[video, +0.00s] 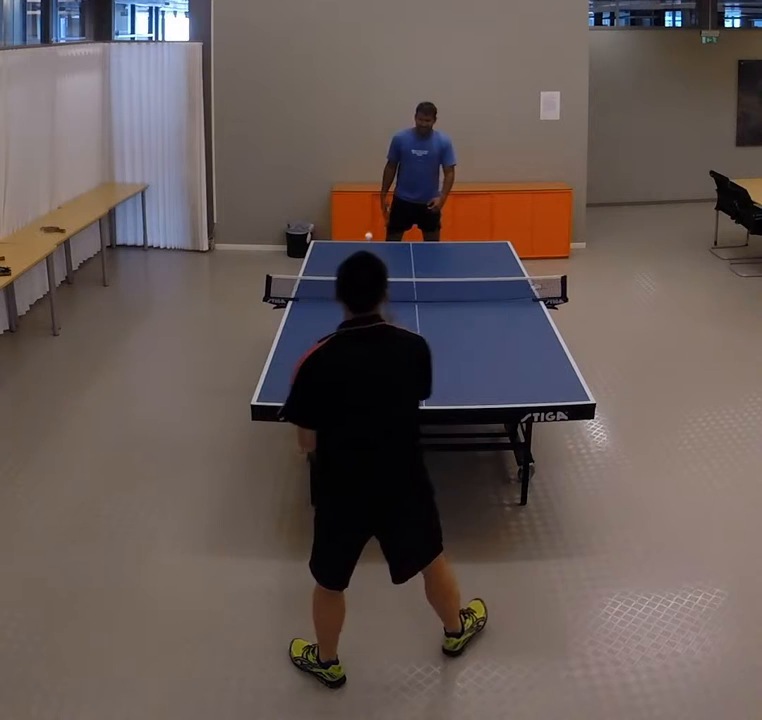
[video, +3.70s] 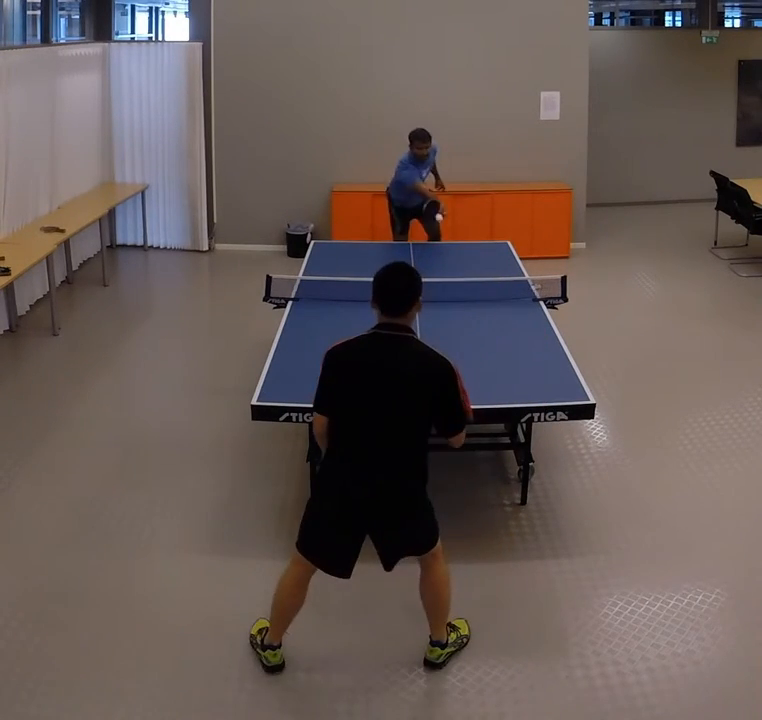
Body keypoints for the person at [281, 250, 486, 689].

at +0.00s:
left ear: (338, 295)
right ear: (384, 293)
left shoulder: (318, 360)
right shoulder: (413, 348)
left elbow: (306, 441)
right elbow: (417, 399)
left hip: (343, 489)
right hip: (404, 481)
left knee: (330, 578)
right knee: (430, 557)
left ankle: (326, 660)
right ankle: (456, 629)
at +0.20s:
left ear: (390, 288)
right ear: (435, 289)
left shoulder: (363, 350)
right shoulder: (459, 349)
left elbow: (352, 424)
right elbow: (468, 415)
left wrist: (367, 461)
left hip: (376, 473)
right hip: (436, 473)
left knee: (344, 557)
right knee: (452, 549)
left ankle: (329, 650)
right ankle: (458, 629)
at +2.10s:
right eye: (442, 285)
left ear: (402, 292)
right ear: (445, 291)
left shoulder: (376, 347)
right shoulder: (468, 348)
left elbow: (367, 421)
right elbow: (489, 414)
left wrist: (386, 448)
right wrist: (488, 389)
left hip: (389, 468)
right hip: (447, 468)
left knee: (351, 543)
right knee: (480, 541)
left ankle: (323, 620)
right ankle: (502, 615)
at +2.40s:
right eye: (484, 282)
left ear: (442, 288)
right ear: (485, 288)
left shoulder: (416, 341)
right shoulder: (507, 343)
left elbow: (392, 409)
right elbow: (527, 409)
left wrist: (404, 446)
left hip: (421, 462)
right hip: (478, 464)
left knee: (376, 543)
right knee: (501, 532)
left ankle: (331, 612)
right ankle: (503, 613)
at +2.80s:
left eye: (453, 273)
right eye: (494, 272)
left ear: (452, 279)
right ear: (496, 278)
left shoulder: (430, 333)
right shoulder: (514, 331)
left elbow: (417, 403)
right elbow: (503, 386)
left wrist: (416, 442)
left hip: (440, 450)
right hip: (494, 452)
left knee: (396, 533)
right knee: (501, 538)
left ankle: (364, 616)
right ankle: (504, 613)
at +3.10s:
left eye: (399, 292)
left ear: (397, 297)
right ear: (440, 299)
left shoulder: (372, 356)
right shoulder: (461, 357)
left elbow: (360, 428)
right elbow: (462, 417)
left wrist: (370, 468)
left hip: (385, 478)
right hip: (442, 477)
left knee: (340, 553)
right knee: (477, 543)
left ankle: (311, 640)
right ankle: (501, 614)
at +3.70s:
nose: (415, 303)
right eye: (416, 298)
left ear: (374, 301)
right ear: (417, 303)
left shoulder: (340, 355)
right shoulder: (436, 367)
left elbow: (320, 426)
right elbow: (456, 438)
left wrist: (335, 456)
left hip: (341, 486)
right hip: (402, 489)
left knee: (302, 565)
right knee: (431, 557)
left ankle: (271, 643)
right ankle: (440, 641)